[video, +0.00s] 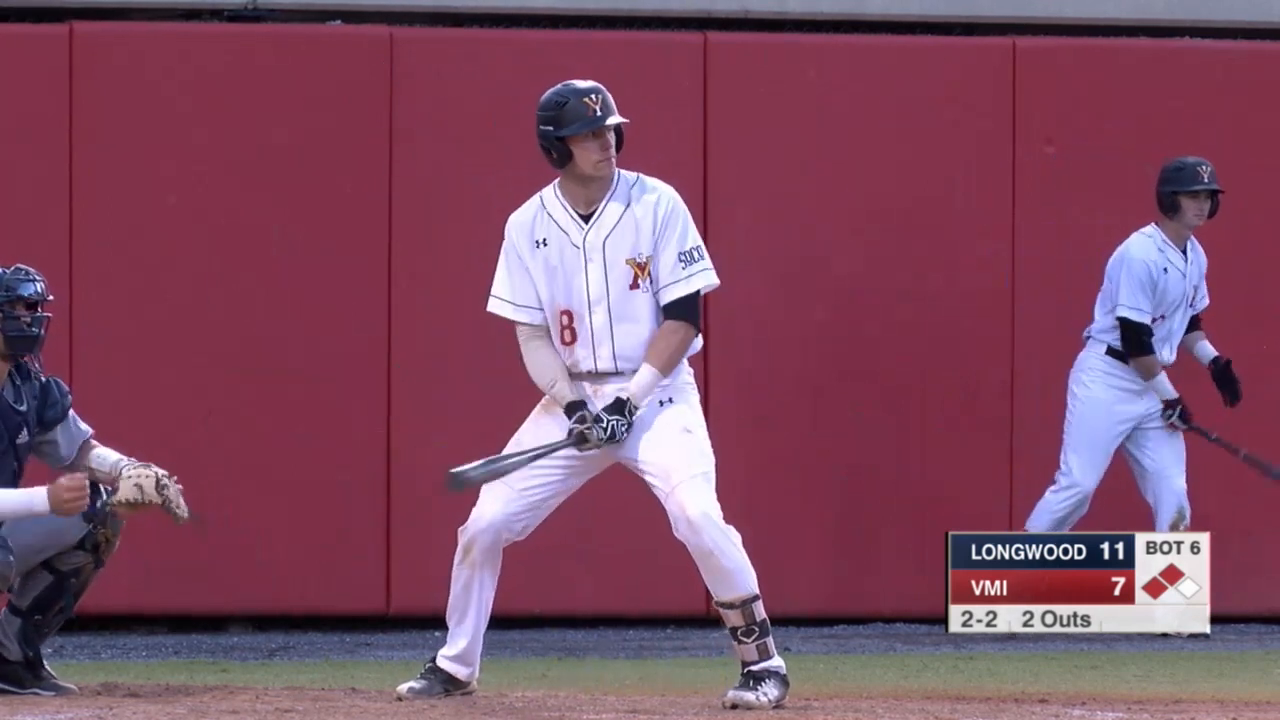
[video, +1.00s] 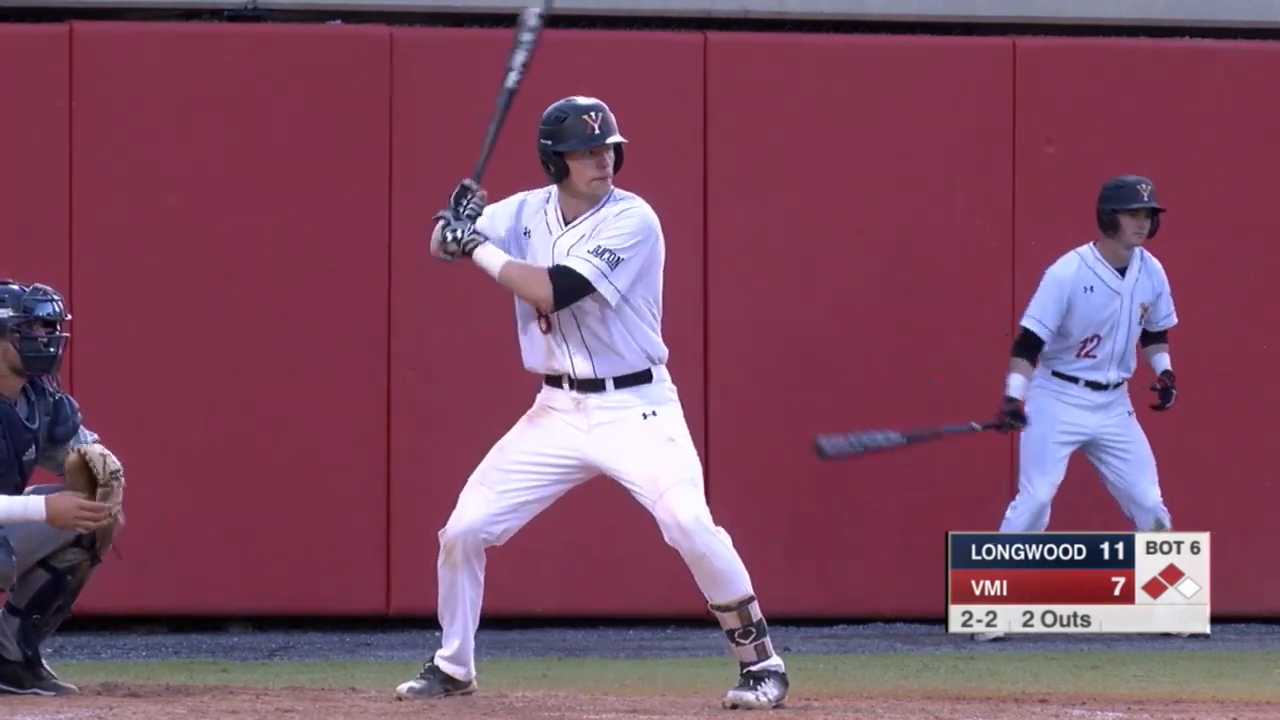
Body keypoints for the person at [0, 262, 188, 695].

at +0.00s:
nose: (28, 318)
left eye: (33, 308)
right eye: (16, 308)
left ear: (40, 315)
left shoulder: (33, 388)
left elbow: (78, 447)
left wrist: (130, 470)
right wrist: (43, 499)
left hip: (10, 529)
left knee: (96, 516)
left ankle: (16, 651)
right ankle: (12, 651)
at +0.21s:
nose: (32, 330)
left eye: (36, 320)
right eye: (19, 320)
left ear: (43, 326)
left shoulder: (34, 395)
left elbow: (72, 449)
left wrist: (117, 478)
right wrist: (33, 510)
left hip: (8, 525)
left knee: (90, 511)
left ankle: (15, 650)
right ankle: (12, 652)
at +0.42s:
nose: (36, 336)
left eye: (41, 326)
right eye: (22, 325)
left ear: (50, 332)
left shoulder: (37, 396)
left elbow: (73, 449)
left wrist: (112, 484)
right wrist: (36, 504)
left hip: (9, 524)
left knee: (88, 517)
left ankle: (14, 652)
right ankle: (11, 652)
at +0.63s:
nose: (39, 336)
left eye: (43, 327)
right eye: (25, 326)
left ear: (51, 332)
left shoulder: (39, 398)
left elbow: (76, 450)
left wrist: (112, 483)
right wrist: (34, 505)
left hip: (9, 526)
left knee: (90, 517)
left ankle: (14, 651)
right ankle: (11, 652)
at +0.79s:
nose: (41, 337)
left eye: (44, 327)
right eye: (27, 327)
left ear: (51, 332)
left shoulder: (40, 398)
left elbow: (76, 452)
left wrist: (108, 480)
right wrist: (35, 507)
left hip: (7, 529)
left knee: (91, 513)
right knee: (80, 517)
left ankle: (13, 650)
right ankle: (11, 650)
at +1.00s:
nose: (41, 340)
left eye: (46, 329)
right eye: (27, 330)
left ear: (54, 333)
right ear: (1, 337)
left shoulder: (41, 398)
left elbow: (77, 444)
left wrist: (97, 466)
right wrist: (39, 508)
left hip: (9, 529)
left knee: (89, 514)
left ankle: (14, 650)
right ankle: (12, 650)